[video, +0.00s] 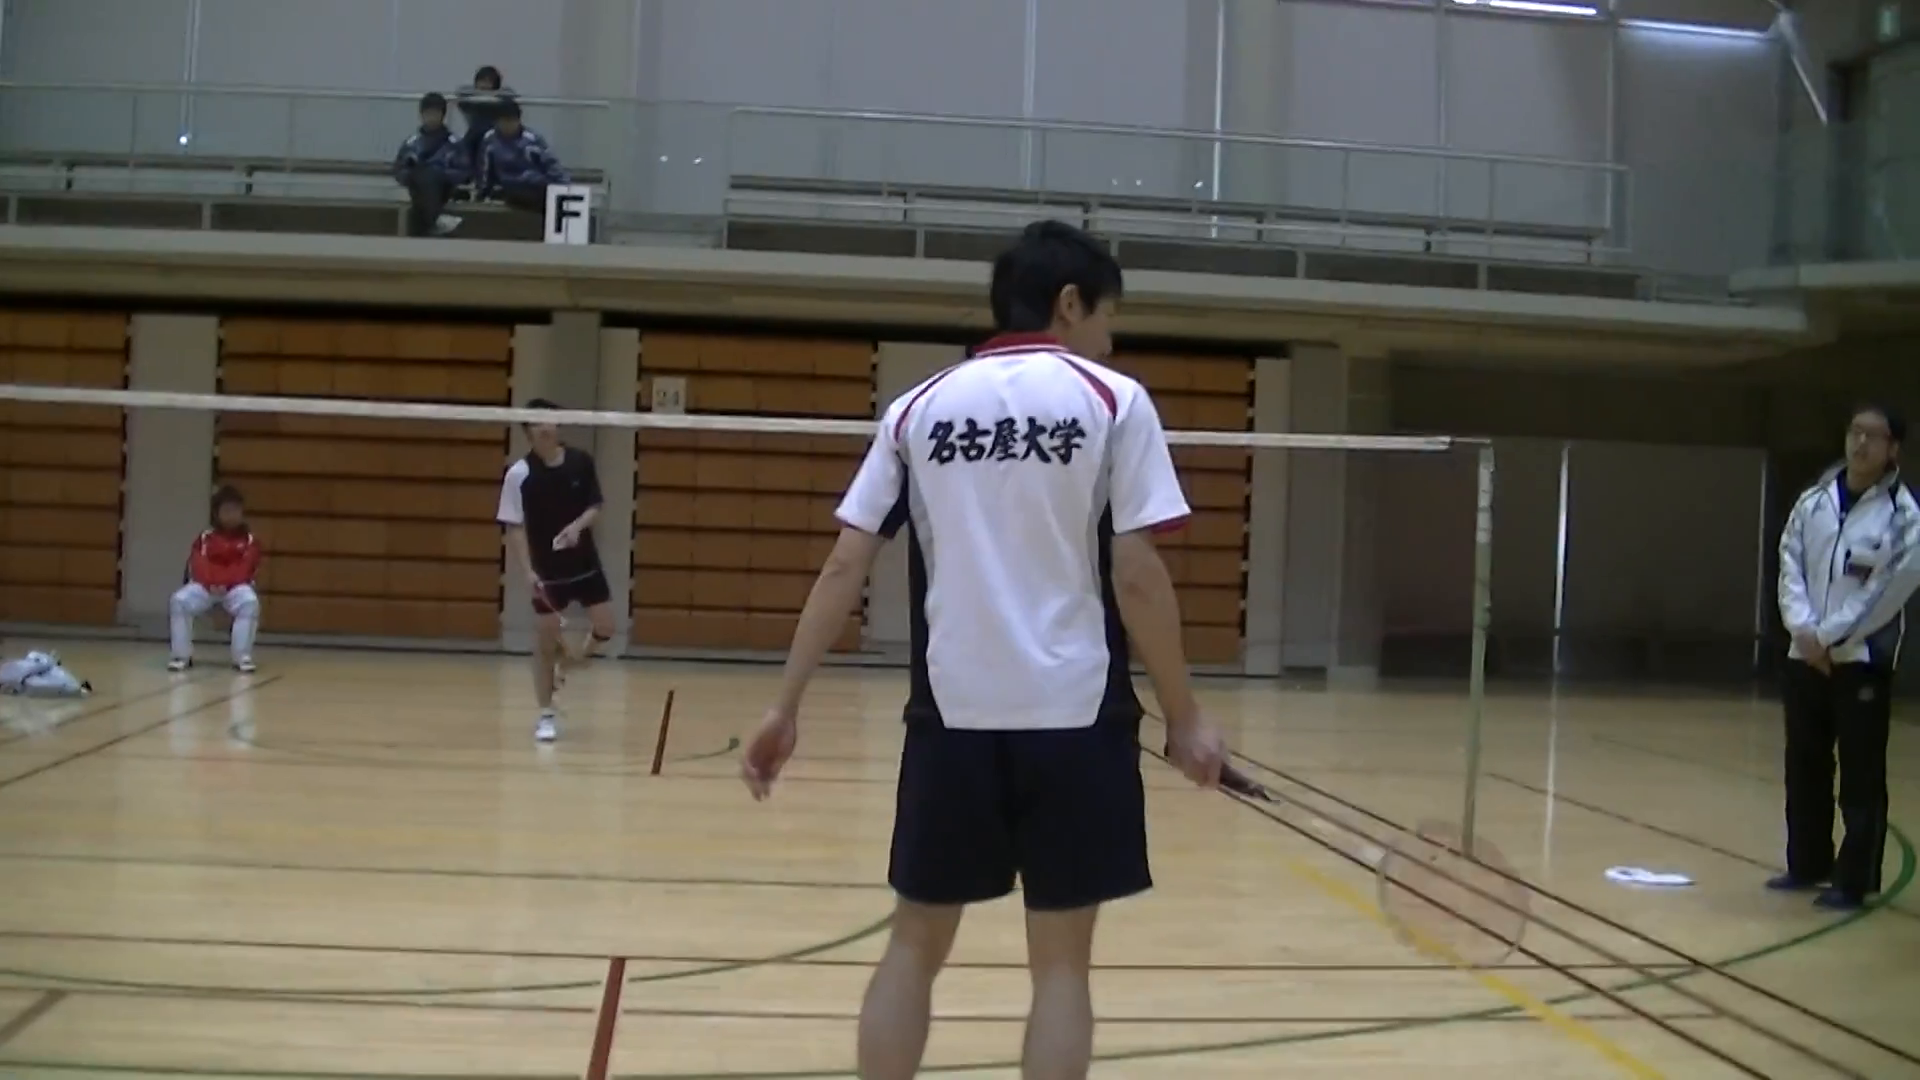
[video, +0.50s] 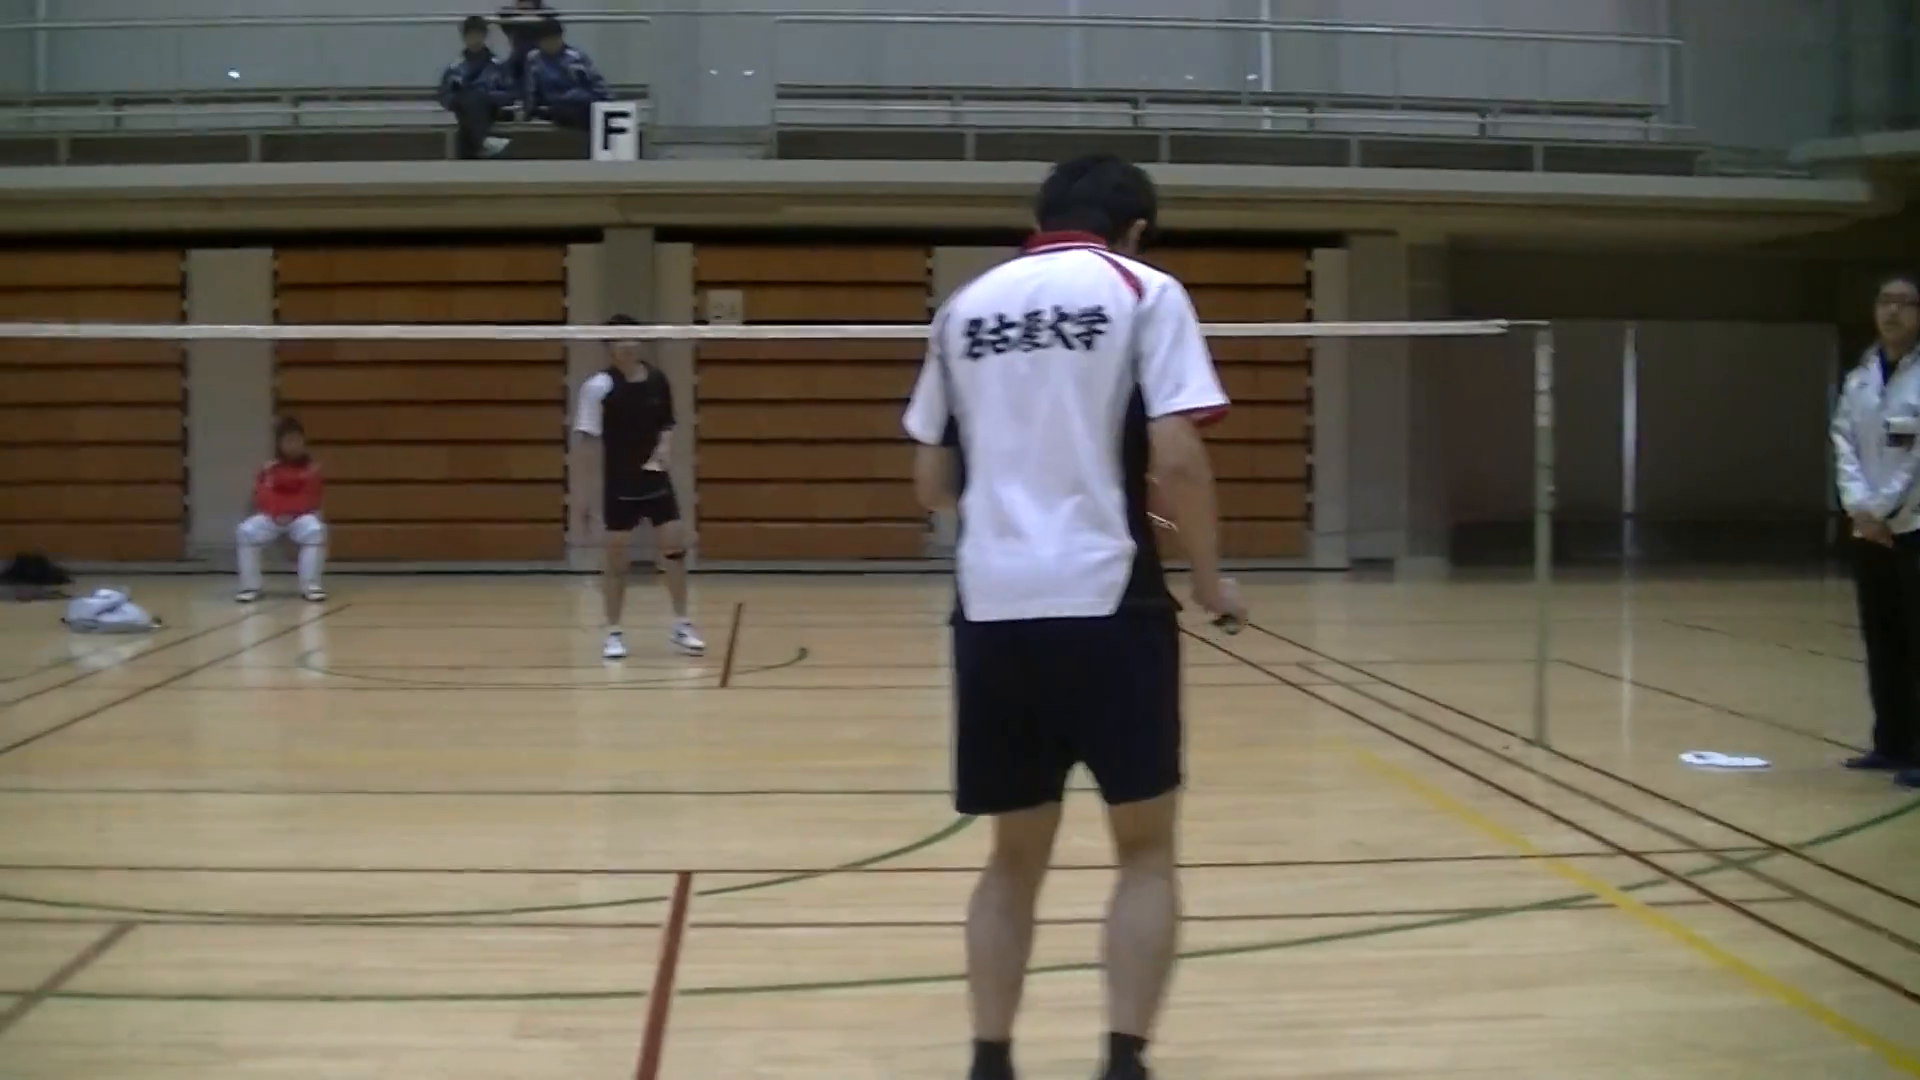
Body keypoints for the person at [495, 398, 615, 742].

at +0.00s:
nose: (549, 434)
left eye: (552, 427)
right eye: (540, 429)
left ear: (558, 428)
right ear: (528, 433)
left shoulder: (581, 462)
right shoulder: (518, 474)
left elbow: (596, 505)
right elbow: (514, 528)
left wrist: (577, 526)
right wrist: (528, 572)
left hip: (583, 558)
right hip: (545, 565)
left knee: (606, 627)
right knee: (547, 638)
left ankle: (575, 658)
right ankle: (546, 713)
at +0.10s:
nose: (527, 412)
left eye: (531, 405)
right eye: (520, 407)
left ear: (541, 406)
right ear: (511, 412)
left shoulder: (565, 443)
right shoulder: (503, 455)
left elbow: (580, 485)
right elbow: (499, 509)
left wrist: (564, 509)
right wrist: (512, 554)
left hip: (568, 542)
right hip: (530, 548)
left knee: (587, 608)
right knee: (533, 620)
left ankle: (568, 677)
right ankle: (532, 694)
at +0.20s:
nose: (522, 383)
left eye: (526, 376)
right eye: (515, 378)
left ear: (536, 378)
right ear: (505, 383)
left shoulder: (558, 414)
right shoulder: (497, 427)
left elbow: (573, 457)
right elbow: (492, 485)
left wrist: (562, 483)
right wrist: (503, 536)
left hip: (561, 516)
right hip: (523, 522)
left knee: (574, 589)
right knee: (525, 595)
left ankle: (588, 657)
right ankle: (528, 669)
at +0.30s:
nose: (537, 357)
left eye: (541, 351)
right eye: (530, 353)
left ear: (550, 355)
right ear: (518, 359)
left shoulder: (569, 390)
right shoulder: (508, 404)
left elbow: (583, 434)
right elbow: (501, 463)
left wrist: (575, 460)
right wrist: (504, 513)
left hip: (572, 490)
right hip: (534, 497)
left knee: (594, 559)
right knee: (534, 573)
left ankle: (602, 632)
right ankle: (537, 646)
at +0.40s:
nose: (574, 351)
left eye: (577, 344)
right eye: (566, 345)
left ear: (584, 347)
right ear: (553, 351)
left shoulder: (601, 384)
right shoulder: (543, 395)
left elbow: (613, 428)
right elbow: (531, 454)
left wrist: (607, 455)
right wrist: (531, 505)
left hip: (602, 482)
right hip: (565, 488)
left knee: (627, 549)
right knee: (567, 564)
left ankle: (629, 625)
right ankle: (565, 637)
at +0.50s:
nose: (628, 348)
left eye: (633, 341)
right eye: (621, 342)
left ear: (641, 343)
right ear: (609, 347)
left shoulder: (657, 380)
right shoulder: (597, 387)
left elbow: (667, 426)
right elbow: (586, 447)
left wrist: (661, 455)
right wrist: (582, 498)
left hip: (655, 476)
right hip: (618, 481)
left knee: (675, 545)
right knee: (617, 556)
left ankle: (681, 625)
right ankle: (614, 632)